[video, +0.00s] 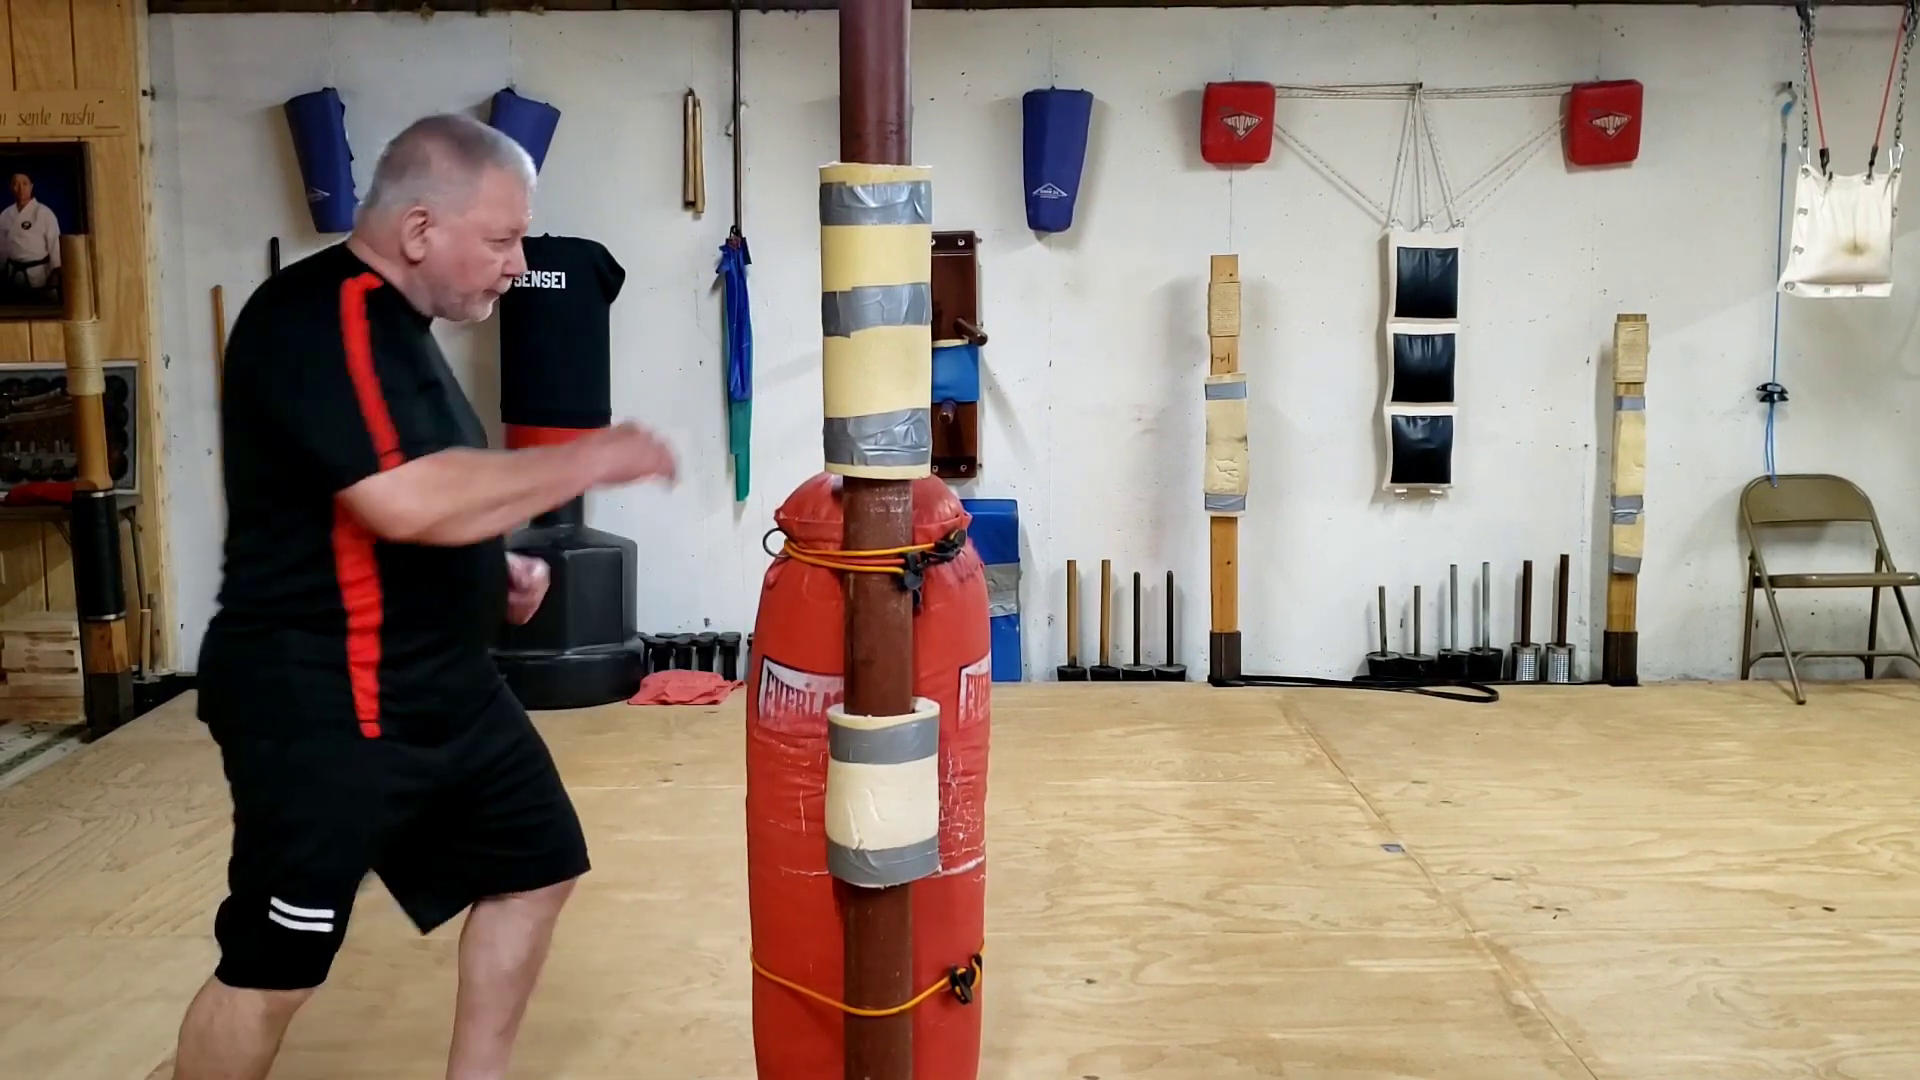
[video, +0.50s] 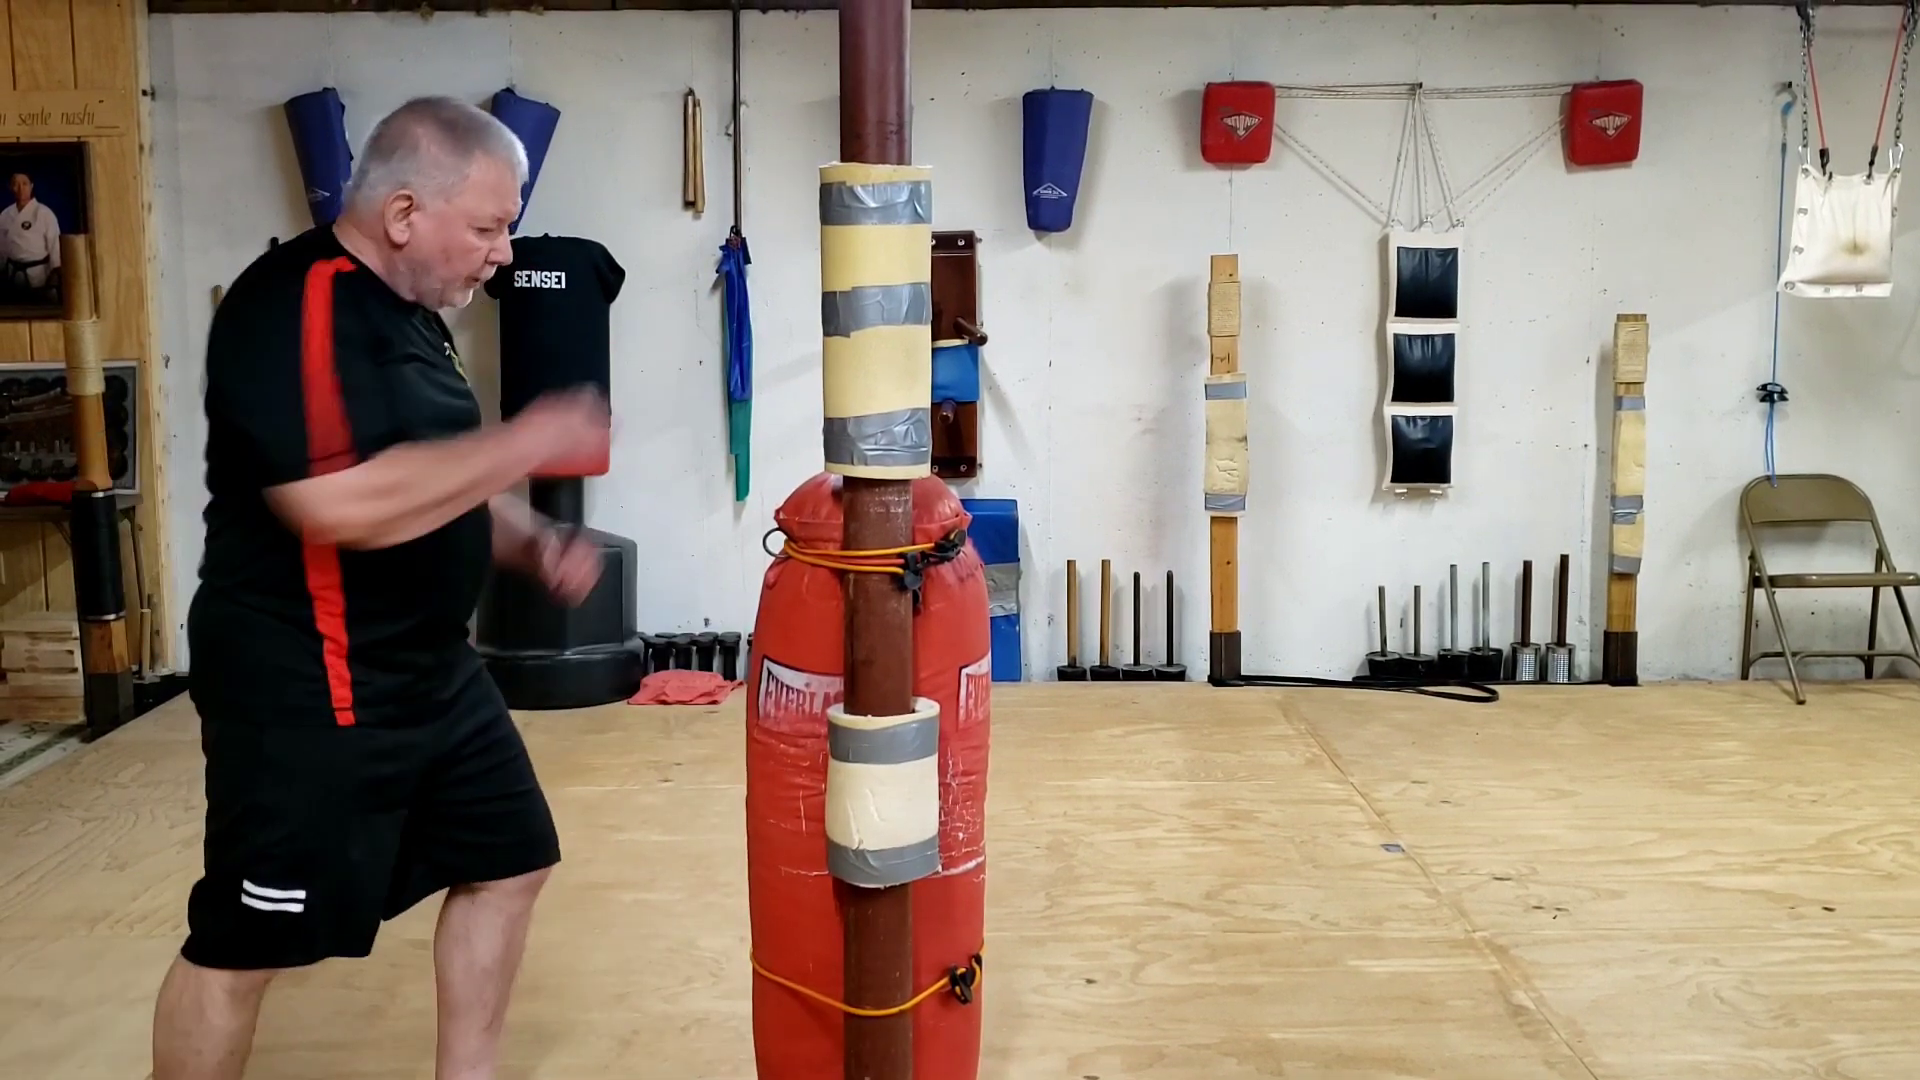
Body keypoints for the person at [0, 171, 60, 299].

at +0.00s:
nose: (21, 188)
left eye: (25, 184)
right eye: (16, 184)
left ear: (31, 187)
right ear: (12, 188)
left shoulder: (45, 214)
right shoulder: (5, 215)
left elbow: (54, 244)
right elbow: (2, 246)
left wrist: (56, 271)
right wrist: (2, 270)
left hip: (38, 273)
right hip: (12, 273)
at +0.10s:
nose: (21, 188)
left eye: (25, 184)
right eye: (16, 184)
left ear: (31, 187)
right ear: (12, 188)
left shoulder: (45, 214)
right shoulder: (5, 215)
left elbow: (54, 244)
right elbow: (2, 246)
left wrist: (56, 270)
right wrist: (2, 269)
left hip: (37, 272)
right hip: (12, 272)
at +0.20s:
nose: (20, 188)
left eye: (25, 184)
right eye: (16, 184)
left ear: (31, 187)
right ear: (12, 188)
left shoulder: (45, 214)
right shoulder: (5, 215)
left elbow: (54, 245)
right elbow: (2, 247)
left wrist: (56, 271)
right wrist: (2, 270)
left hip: (37, 272)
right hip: (12, 272)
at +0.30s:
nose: (20, 188)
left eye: (25, 184)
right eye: (16, 184)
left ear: (31, 187)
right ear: (12, 188)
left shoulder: (45, 214)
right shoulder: (5, 215)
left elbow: (54, 245)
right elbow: (3, 246)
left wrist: (56, 271)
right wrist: (3, 270)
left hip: (38, 273)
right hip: (12, 273)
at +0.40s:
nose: (21, 188)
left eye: (25, 184)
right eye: (16, 184)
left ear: (31, 187)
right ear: (12, 188)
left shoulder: (45, 214)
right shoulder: (5, 215)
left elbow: (54, 245)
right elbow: (3, 246)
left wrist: (55, 272)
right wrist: (2, 270)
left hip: (37, 271)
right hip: (11, 272)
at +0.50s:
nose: (21, 188)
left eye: (25, 184)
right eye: (16, 184)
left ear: (31, 187)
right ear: (12, 188)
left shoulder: (45, 214)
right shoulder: (5, 214)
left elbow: (54, 245)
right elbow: (3, 245)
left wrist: (55, 272)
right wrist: (3, 269)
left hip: (37, 271)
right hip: (11, 271)